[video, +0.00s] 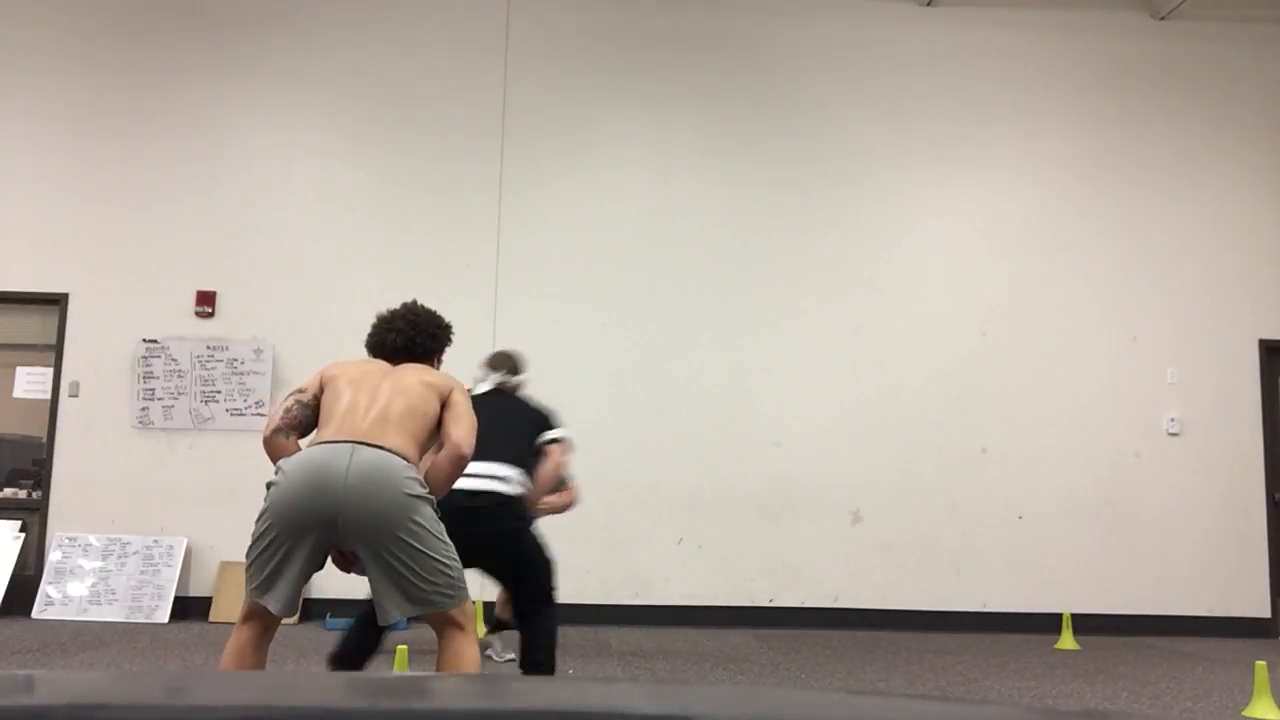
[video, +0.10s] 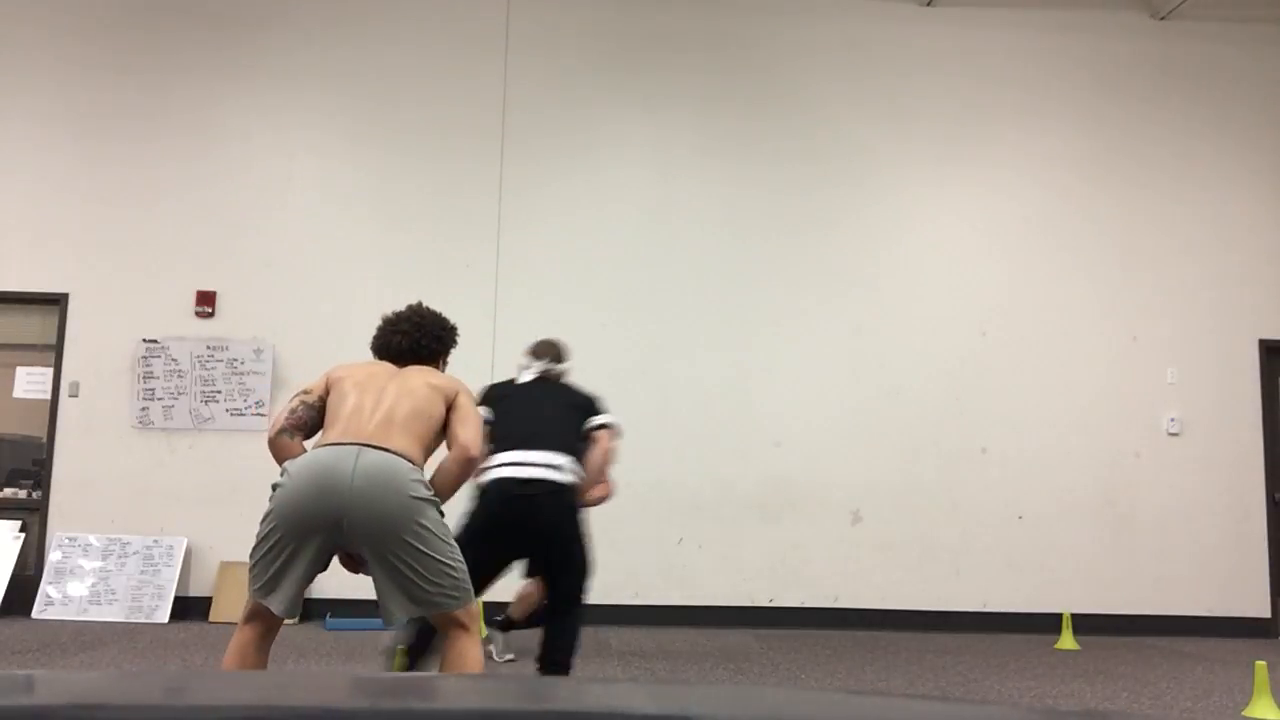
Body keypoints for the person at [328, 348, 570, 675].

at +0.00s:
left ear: (482, 375)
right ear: (518, 380)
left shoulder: (456, 404)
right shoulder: (537, 416)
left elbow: (425, 455)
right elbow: (555, 462)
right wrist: (527, 504)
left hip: (443, 515)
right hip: (502, 520)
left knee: (391, 585)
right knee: (536, 598)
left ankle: (339, 671)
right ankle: (538, 688)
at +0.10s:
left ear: (525, 363)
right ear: (563, 368)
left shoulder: (495, 393)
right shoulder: (584, 400)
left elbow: (471, 444)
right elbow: (603, 445)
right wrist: (582, 489)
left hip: (498, 503)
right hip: (554, 507)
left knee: (454, 582)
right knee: (566, 597)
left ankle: (409, 653)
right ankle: (552, 681)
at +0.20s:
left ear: (566, 362)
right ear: (604, 366)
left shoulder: (538, 390)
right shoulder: (622, 397)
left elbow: (517, 429)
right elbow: (647, 440)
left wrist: (518, 471)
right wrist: (632, 480)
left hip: (544, 499)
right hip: (601, 502)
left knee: (516, 584)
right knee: (618, 584)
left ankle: (504, 665)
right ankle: (602, 667)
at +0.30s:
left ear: (611, 371)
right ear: (649, 376)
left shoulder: (583, 402)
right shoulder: (665, 407)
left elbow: (560, 448)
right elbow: (690, 447)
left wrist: (566, 486)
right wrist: (674, 487)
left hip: (588, 516)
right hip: (646, 516)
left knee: (558, 596)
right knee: (684, 589)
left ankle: (535, 675)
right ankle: (697, 670)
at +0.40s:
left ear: (667, 374)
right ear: (705, 378)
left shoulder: (639, 405)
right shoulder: (725, 412)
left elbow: (619, 453)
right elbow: (744, 485)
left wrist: (623, 490)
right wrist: (726, 497)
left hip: (647, 524)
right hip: (704, 524)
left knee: (603, 599)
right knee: (747, 601)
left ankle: (555, 661)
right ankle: (779, 675)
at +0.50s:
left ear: (723, 371)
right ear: (761, 373)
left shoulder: (700, 402)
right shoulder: (782, 405)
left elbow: (682, 468)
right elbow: (816, 450)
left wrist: (693, 484)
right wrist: (798, 487)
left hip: (721, 519)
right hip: (776, 520)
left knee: (678, 598)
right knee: (798, 600)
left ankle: (633, 665)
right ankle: (803, 679)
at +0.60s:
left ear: (771, 367)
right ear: (810, 371)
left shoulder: (751, 395)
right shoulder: (831, 397)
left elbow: (738, 442)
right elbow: (871, 440)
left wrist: (752, 482)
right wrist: (849, 482)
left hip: (781, 508)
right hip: (836, 505)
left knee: (749, 589)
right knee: (851, 585)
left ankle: (749, 670)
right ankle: (843, 672)